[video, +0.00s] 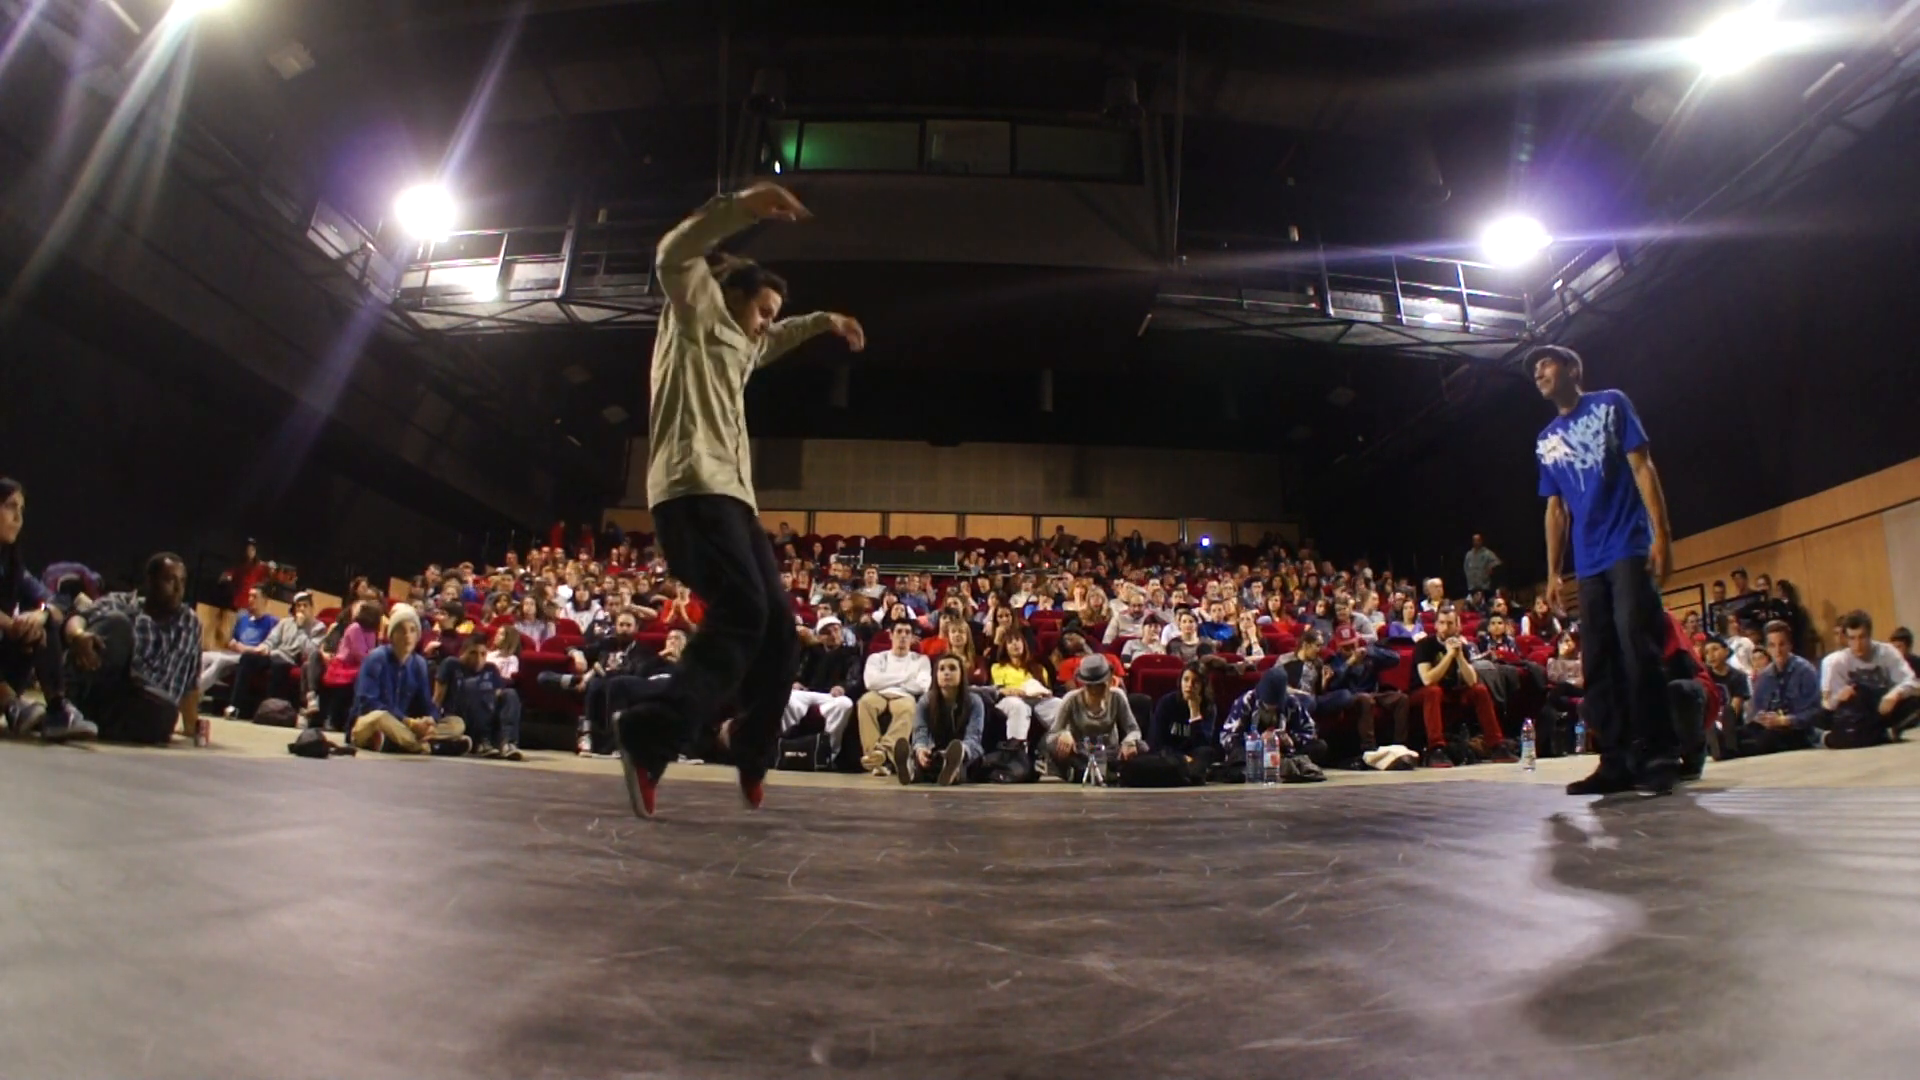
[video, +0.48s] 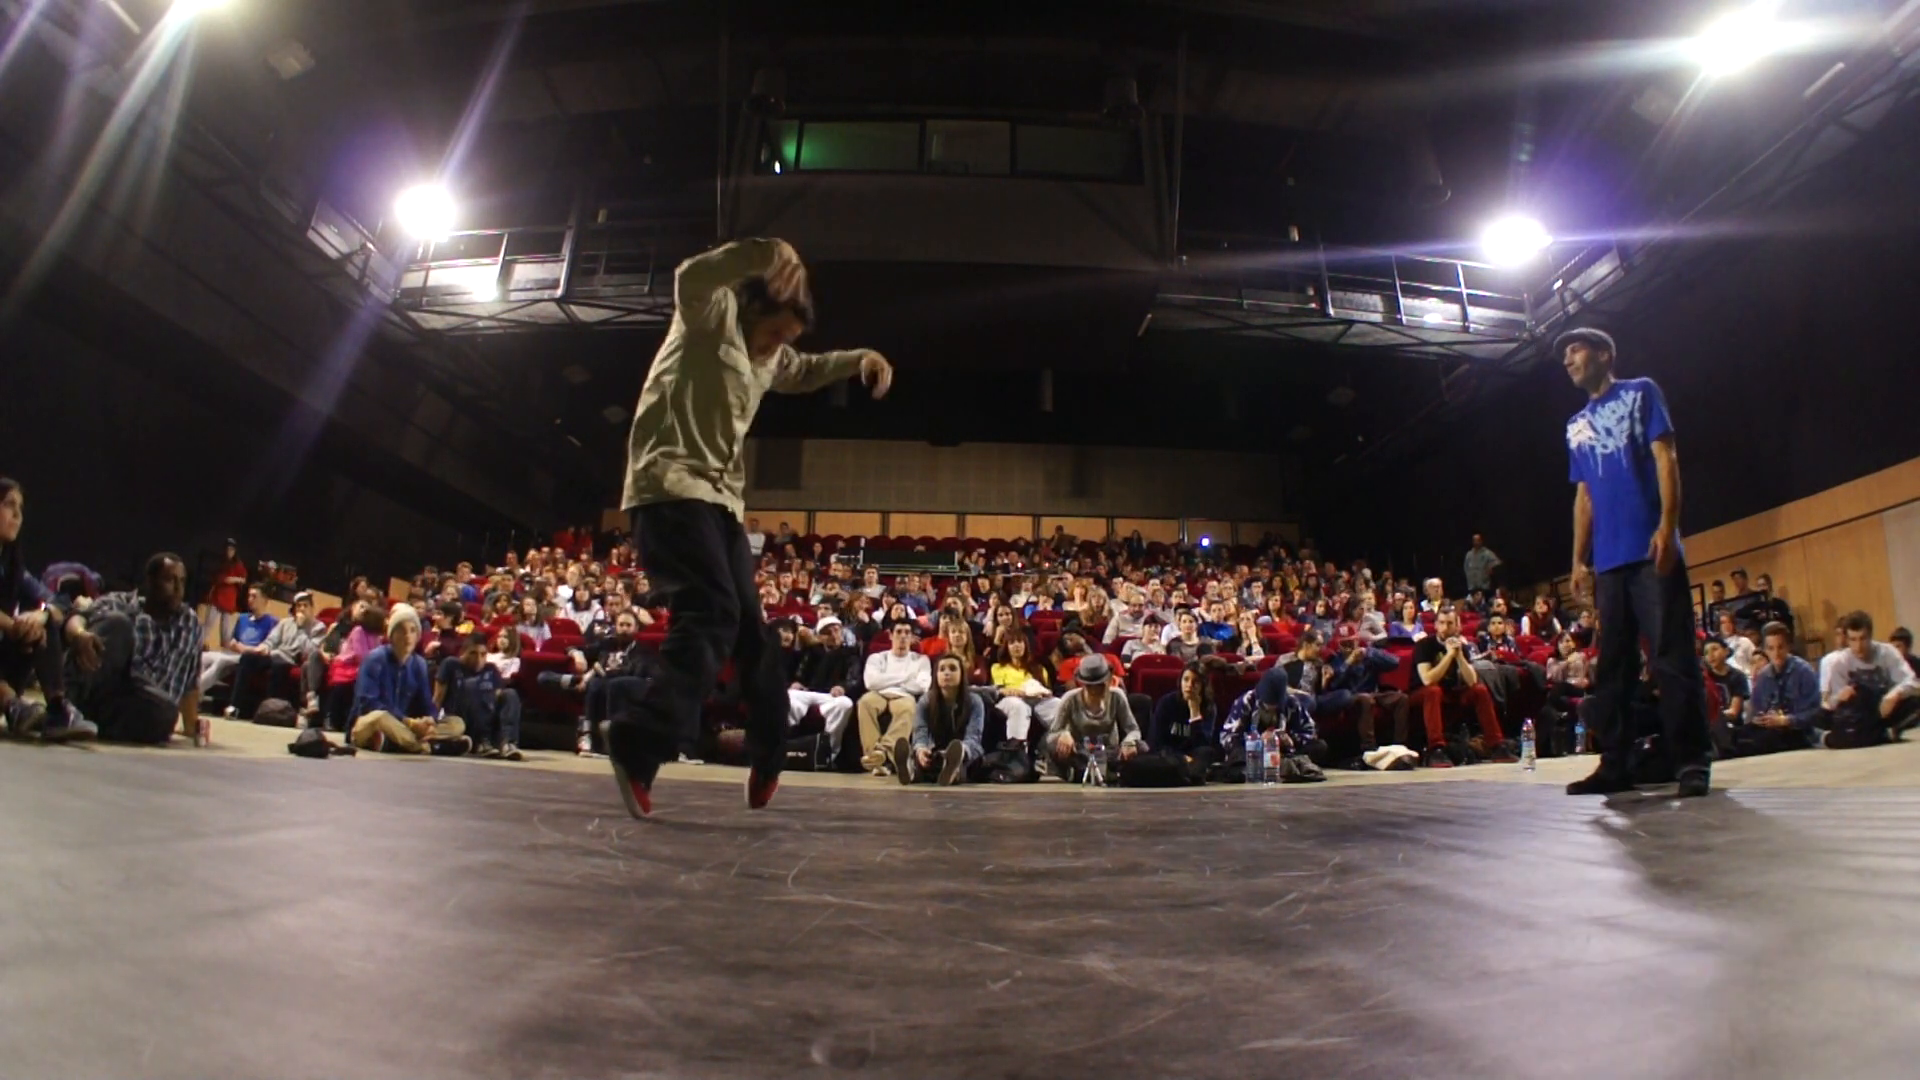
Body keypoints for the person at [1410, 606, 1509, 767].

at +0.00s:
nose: (1445, 628)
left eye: (1450, 623)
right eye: (1441, 623)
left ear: (1457, 626)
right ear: (1436, 624)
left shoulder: (1462, 646)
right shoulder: (1424, 645)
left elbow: (1471, 681)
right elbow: (1427, 678)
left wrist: (1459, 655)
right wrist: (1449, 655)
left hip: (1455, 692)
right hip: (1428, 693)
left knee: (1480, 690)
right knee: (1433, 691)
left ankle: (1497, 745)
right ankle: (1436, 749)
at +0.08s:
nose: (1445, 627)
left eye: (1450, 623)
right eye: (1441, 623)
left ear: (1457, 626)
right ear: (1436, 625)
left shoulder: (1462, 646)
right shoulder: (1424, 645)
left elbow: (1472, 681)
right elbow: (1427, 678)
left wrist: (1459, 655)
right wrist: (1449, 655)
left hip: (1455, 691)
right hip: (1429, 693)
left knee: (1480, 690)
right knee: (1433, 691)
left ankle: (1497, 745)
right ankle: (1436, 749)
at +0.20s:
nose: (1445, 628)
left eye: (1450, 623)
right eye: (1441, 623)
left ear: (1457, 626)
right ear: (1435, 624)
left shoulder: (1462, 646)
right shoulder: (1424, 645)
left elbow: (1471, 681)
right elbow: (1427, 678)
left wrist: (1459, 654)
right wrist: (1449, 655)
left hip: (1454, 691)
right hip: (1427, 693)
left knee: (1480, 691)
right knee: (1433, 691)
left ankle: (1497, 745)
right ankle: (1436, 749)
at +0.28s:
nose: (1445, 628)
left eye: (1450, 623)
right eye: (1441, 623)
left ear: (1457, 625)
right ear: (1436, 625)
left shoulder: (1462, 646)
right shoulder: (1424, 645)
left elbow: (1472, 681)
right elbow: (1427, 678)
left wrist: (1459, 654)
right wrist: (1449, 655)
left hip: (1455, 692)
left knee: (1480, 691)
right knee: (1433, 691)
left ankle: (1497, 745)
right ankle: (1437, 749)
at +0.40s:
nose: (1445, 628)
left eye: (1450, 623)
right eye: (1441, 623)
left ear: (1457, 626)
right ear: (1436, 624)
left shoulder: (1462, 646)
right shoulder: (1424, 645)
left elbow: (1471, 681)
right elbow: (1427, 678)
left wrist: (1459, 654)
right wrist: (1449, 655)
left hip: (1454, 693)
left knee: (1480, 691)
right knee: (1433, 691)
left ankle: (1497, 745)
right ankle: (1437, 749)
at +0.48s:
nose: (1445, 628)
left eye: (1450, 623)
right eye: (1441, 623)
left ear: (1457, 626)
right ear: (1436, 624)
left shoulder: (1462, 646)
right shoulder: (1424, 645)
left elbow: (1471, 681)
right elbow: (1427, 678)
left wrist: (1459, 654)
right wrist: (1449, 655)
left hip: (1454, 693)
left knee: (1480, 691)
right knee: (1433, 691)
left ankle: (1497, 745)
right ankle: (1437, 749)